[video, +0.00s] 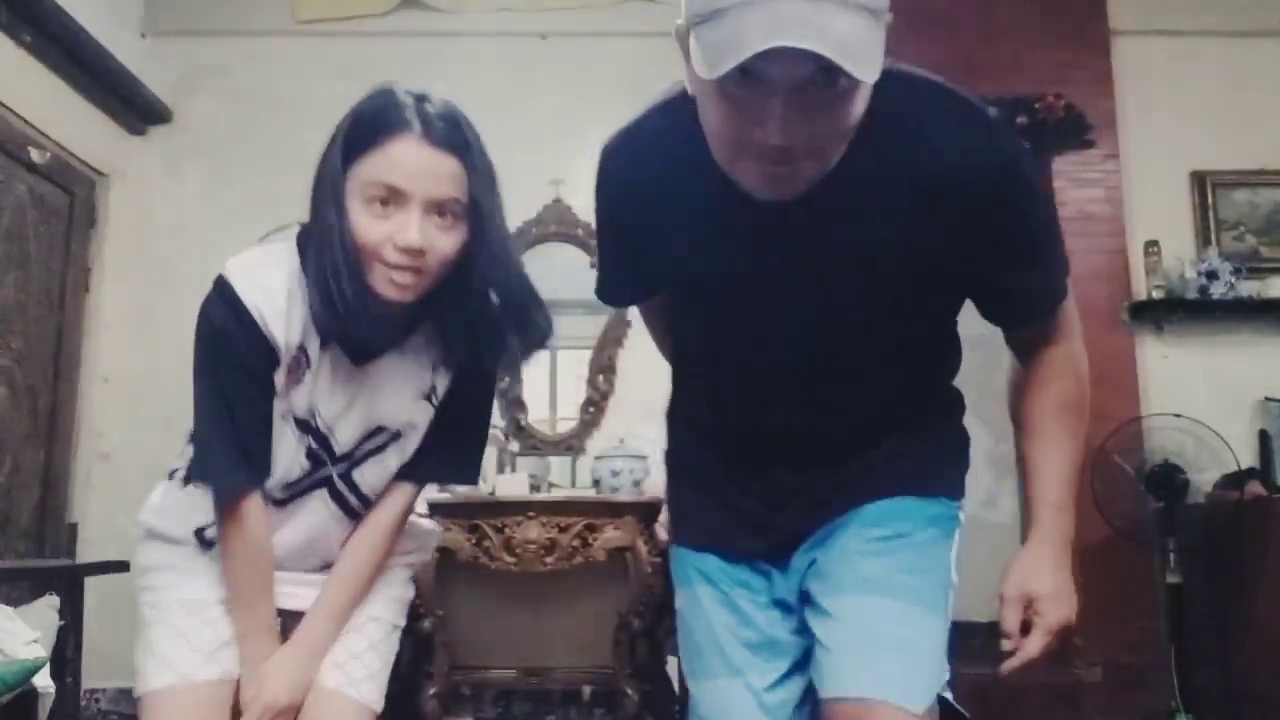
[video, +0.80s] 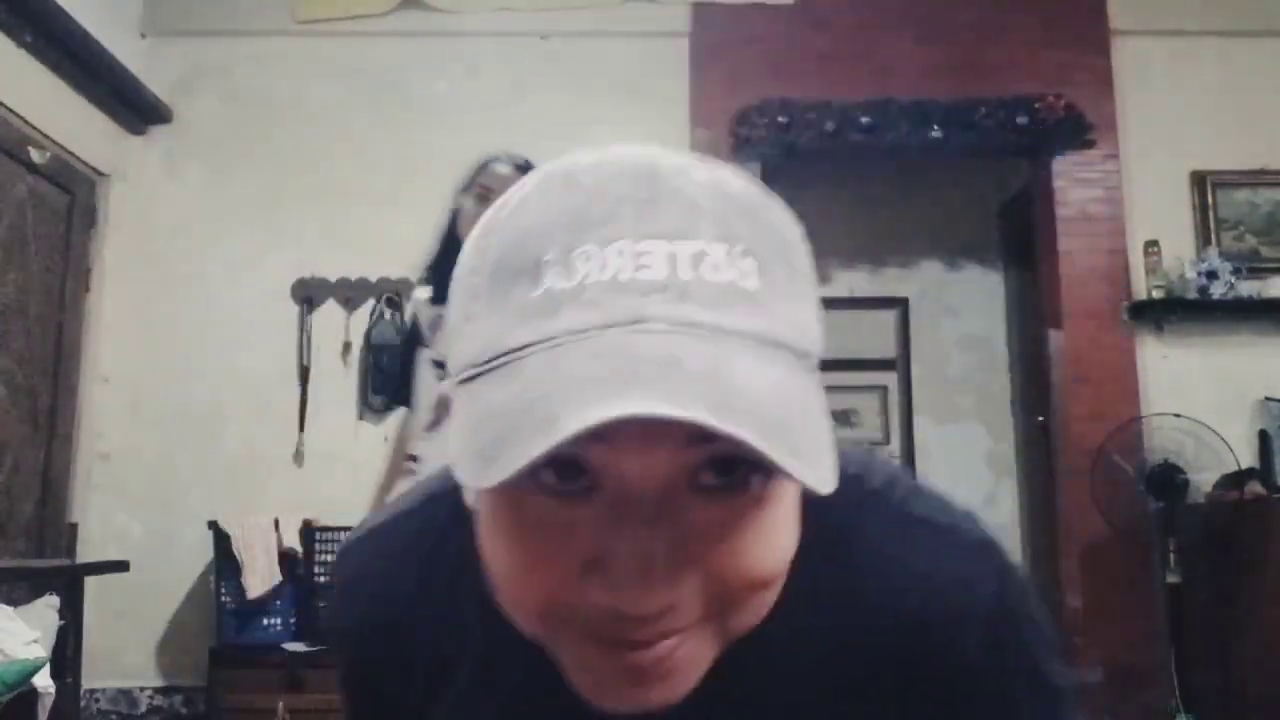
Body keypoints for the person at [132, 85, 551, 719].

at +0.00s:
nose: (411, 240)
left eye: (444, 213)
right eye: (384, 203)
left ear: (472, 228)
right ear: (336, 197)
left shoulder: (472, 332)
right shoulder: (252, 298)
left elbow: (393, 505)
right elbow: (239, 500)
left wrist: (303, 655)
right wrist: (262, 665)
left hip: (360, 561)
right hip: (210, 550)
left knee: (331, 708)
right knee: (188, 708)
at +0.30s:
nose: (379, 215)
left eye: (406, 199)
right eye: (358, 187)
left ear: (428, 218)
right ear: (320, 194)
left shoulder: (455, 321)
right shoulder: (262, 296)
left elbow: (426, 485)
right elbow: (249, 468)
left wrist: (355, 636)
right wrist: (267, 634)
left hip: (398, 568)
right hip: (278, 560)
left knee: (356, 705)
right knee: (265, 702)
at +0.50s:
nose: (398, 193)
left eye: (421, 181)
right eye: (382, 169)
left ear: (441, 199)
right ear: (350, 177)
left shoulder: (467, 299)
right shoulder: (307, 290)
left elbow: (473, 442)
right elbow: (288, 428)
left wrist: (431, 576)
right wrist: (277, 553)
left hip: (437, 543)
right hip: (330, 544)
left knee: (395, 701)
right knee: (309, 702)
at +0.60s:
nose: (425, 184)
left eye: (447, 174)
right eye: (411, 163)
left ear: (469, 195)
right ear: (381, 174)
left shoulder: (492, 295)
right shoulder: (336, 294)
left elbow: (494, 430)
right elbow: (321, 424)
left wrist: (461, 547)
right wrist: (310, 527)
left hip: (457, 546)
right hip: (358, 545)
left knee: (413, 707)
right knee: (340, 706)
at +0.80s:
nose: (490, 214)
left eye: (507, 205)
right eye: (482, 197)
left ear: (526, 221)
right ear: (459, 202)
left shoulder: (529, 313)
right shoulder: (427, 302)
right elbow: (415, 416)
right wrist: (377, 510)